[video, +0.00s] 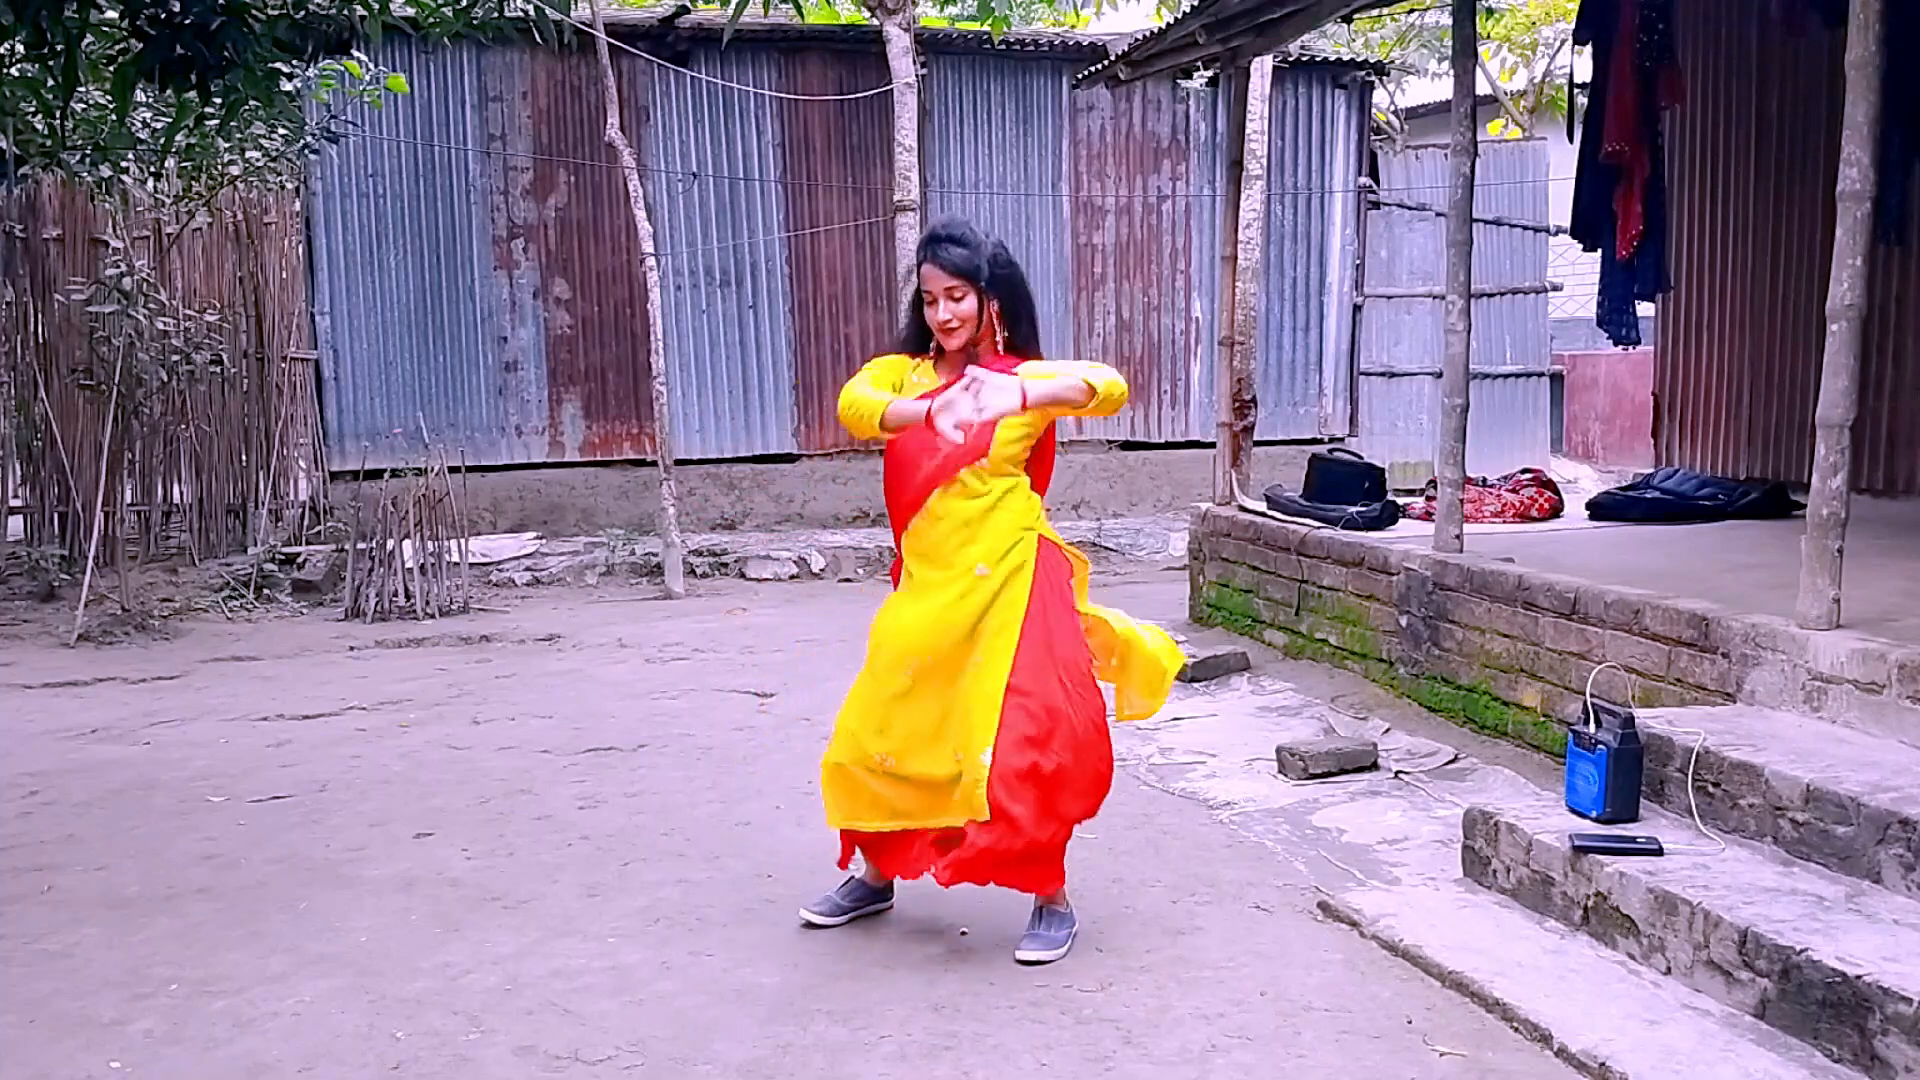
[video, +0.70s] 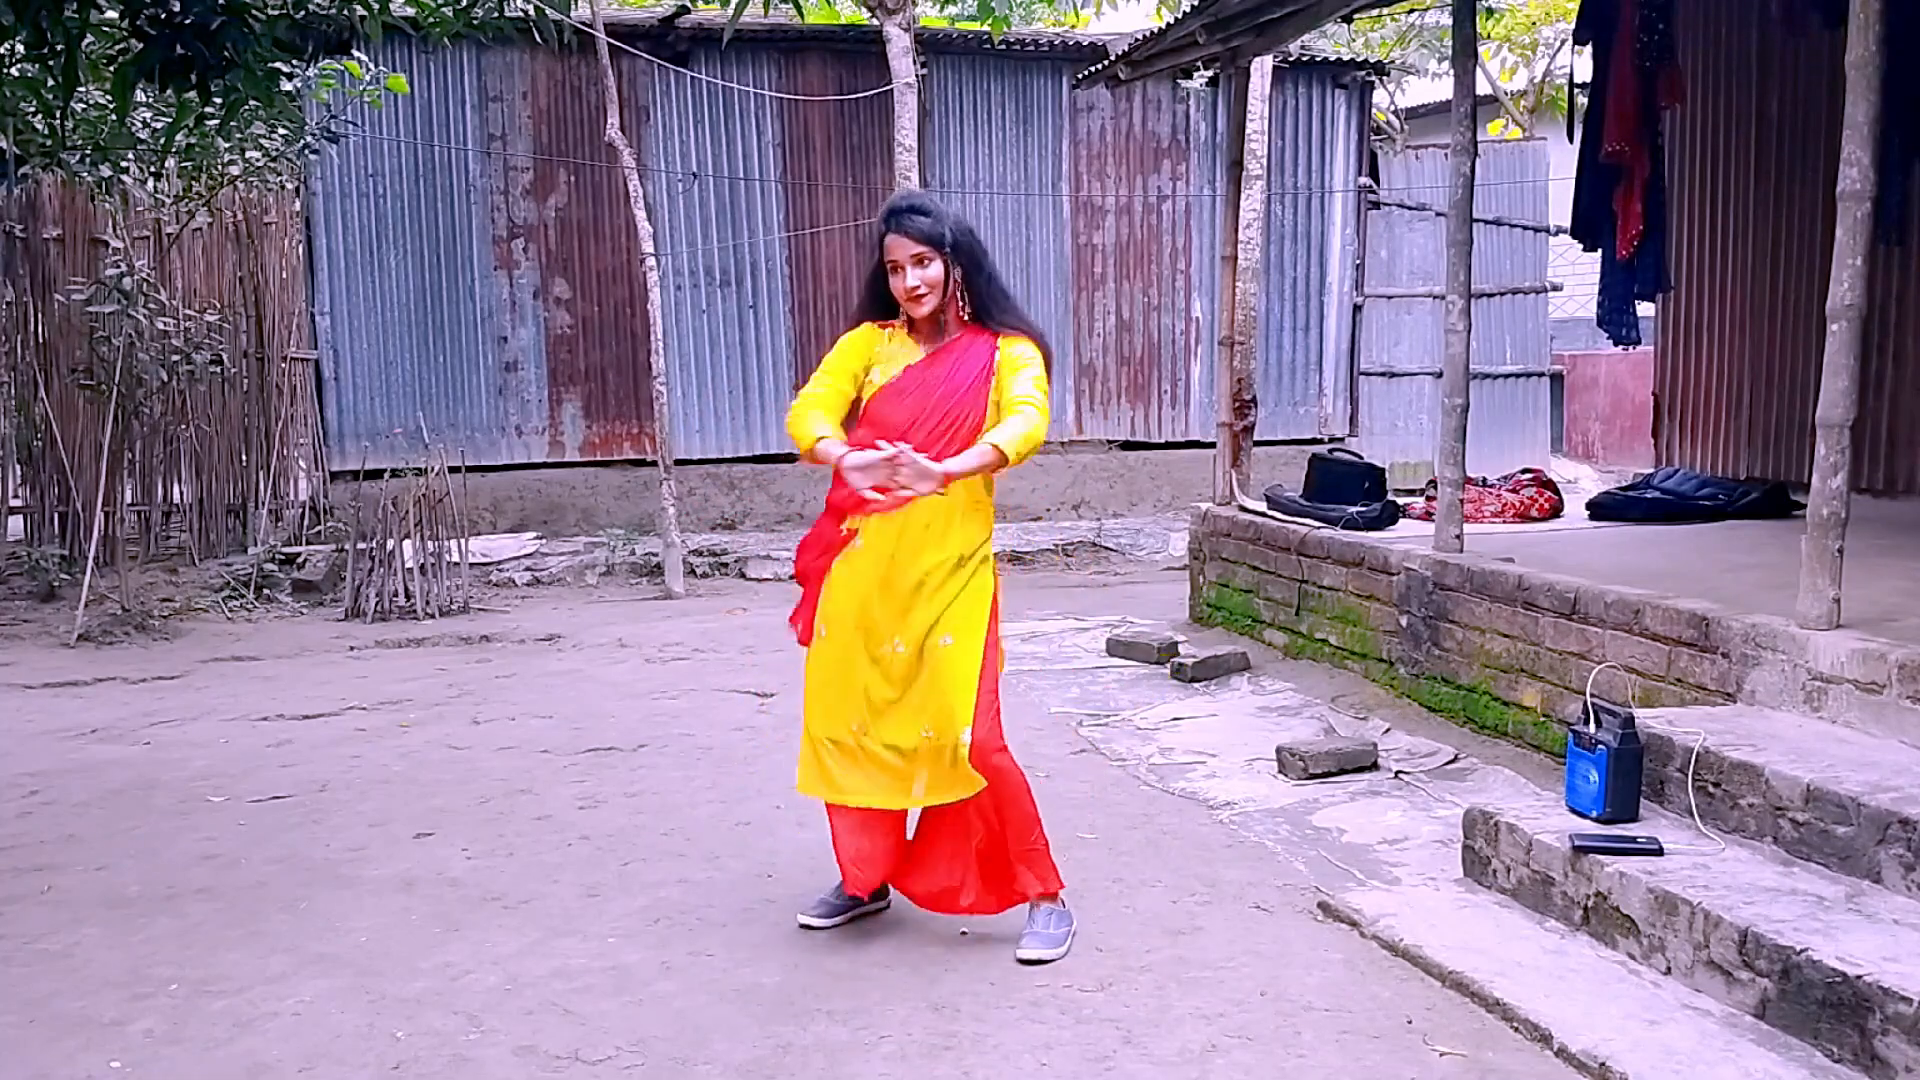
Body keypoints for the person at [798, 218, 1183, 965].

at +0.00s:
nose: (943, 314)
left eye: (956, 297)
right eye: (930, 300)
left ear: (991, 299)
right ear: (919, 306)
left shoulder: (1026, 376)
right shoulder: (904, 372)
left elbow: (1109, 388)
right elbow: (854, 404)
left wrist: (1019, 394)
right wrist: (928, 409)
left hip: (1015, 577)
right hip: (926, 582)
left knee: (1032, 733)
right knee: (870, 727)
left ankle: (1051, 900)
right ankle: (873, 876)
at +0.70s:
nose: (910, 280)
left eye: (922, 262)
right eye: (896, 267)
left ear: (954, 262)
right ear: (885, 274)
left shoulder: (1006, 348)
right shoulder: (866, 342)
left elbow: (1028, 424)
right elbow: (806, 414)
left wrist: (949, 468)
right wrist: (842, 455)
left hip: (952, 568)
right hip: (858, 563)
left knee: (973, 734)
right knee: (846, 720)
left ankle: (1044, 897)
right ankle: (864, 880)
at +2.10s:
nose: (926, 275)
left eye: (943, 260)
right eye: (917, 258)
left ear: (977, 265)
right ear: (906, 262)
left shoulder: (1005, 337)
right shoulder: (902, 353)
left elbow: (957, 410)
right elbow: (849, 414)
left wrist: (867, 467)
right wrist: (808, 455)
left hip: (986, 555)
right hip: (914, 559)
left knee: (987, 720)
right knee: (881, 711)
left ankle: (1047, 897)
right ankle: (875, 876)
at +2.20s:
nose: (928, 283)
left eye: (945, 268)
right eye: (919, 267)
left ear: (980, 272)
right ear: (908, 272)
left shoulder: (1013, 343)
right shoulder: (897, 369)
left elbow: (941, 392)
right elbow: (849, 429)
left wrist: (821, 412)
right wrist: (787, 449)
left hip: (988, 567)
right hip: (906, 566)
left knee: (966, 733)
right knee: (863, 713)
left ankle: (1047, 899)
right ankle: (871, 874)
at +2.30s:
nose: (934, 300)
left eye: (951, 284)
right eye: (924, 284)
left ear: (987, 286)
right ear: (915, 289)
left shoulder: (1025, 352)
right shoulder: (916, 378)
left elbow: (951, 388)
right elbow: (851, 454)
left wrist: (830, 399)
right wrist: (786, 453)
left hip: (988, 576)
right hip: (904, 571)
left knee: (967, 739)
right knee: (855, 713)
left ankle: (1047, 901)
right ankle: (862, 877)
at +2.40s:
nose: (941, 285)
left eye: (957, 269)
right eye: (929, 270)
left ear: (992, 271)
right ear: (918, 277)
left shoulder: (1026, 342)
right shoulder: (916, 372)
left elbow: (966, 418)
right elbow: (865, 440)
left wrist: (872, 484)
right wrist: (832, 486)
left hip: (1001, 566)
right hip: (914, 563)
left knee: (977, 735)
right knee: (858, 716)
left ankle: (1049, 900)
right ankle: (875, 871)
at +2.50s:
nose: (945, 281)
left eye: (961, 266)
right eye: (932, 264)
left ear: (990, 269)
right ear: (916, 267)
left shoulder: (1022, 339)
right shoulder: (886, 355)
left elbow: (1049, 405)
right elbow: (857, 419)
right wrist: (904, 472)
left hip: (1015, 541)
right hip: (927, 547)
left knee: (1024, 707)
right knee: (888, 702)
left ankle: (1055, 897)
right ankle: (875, 872)